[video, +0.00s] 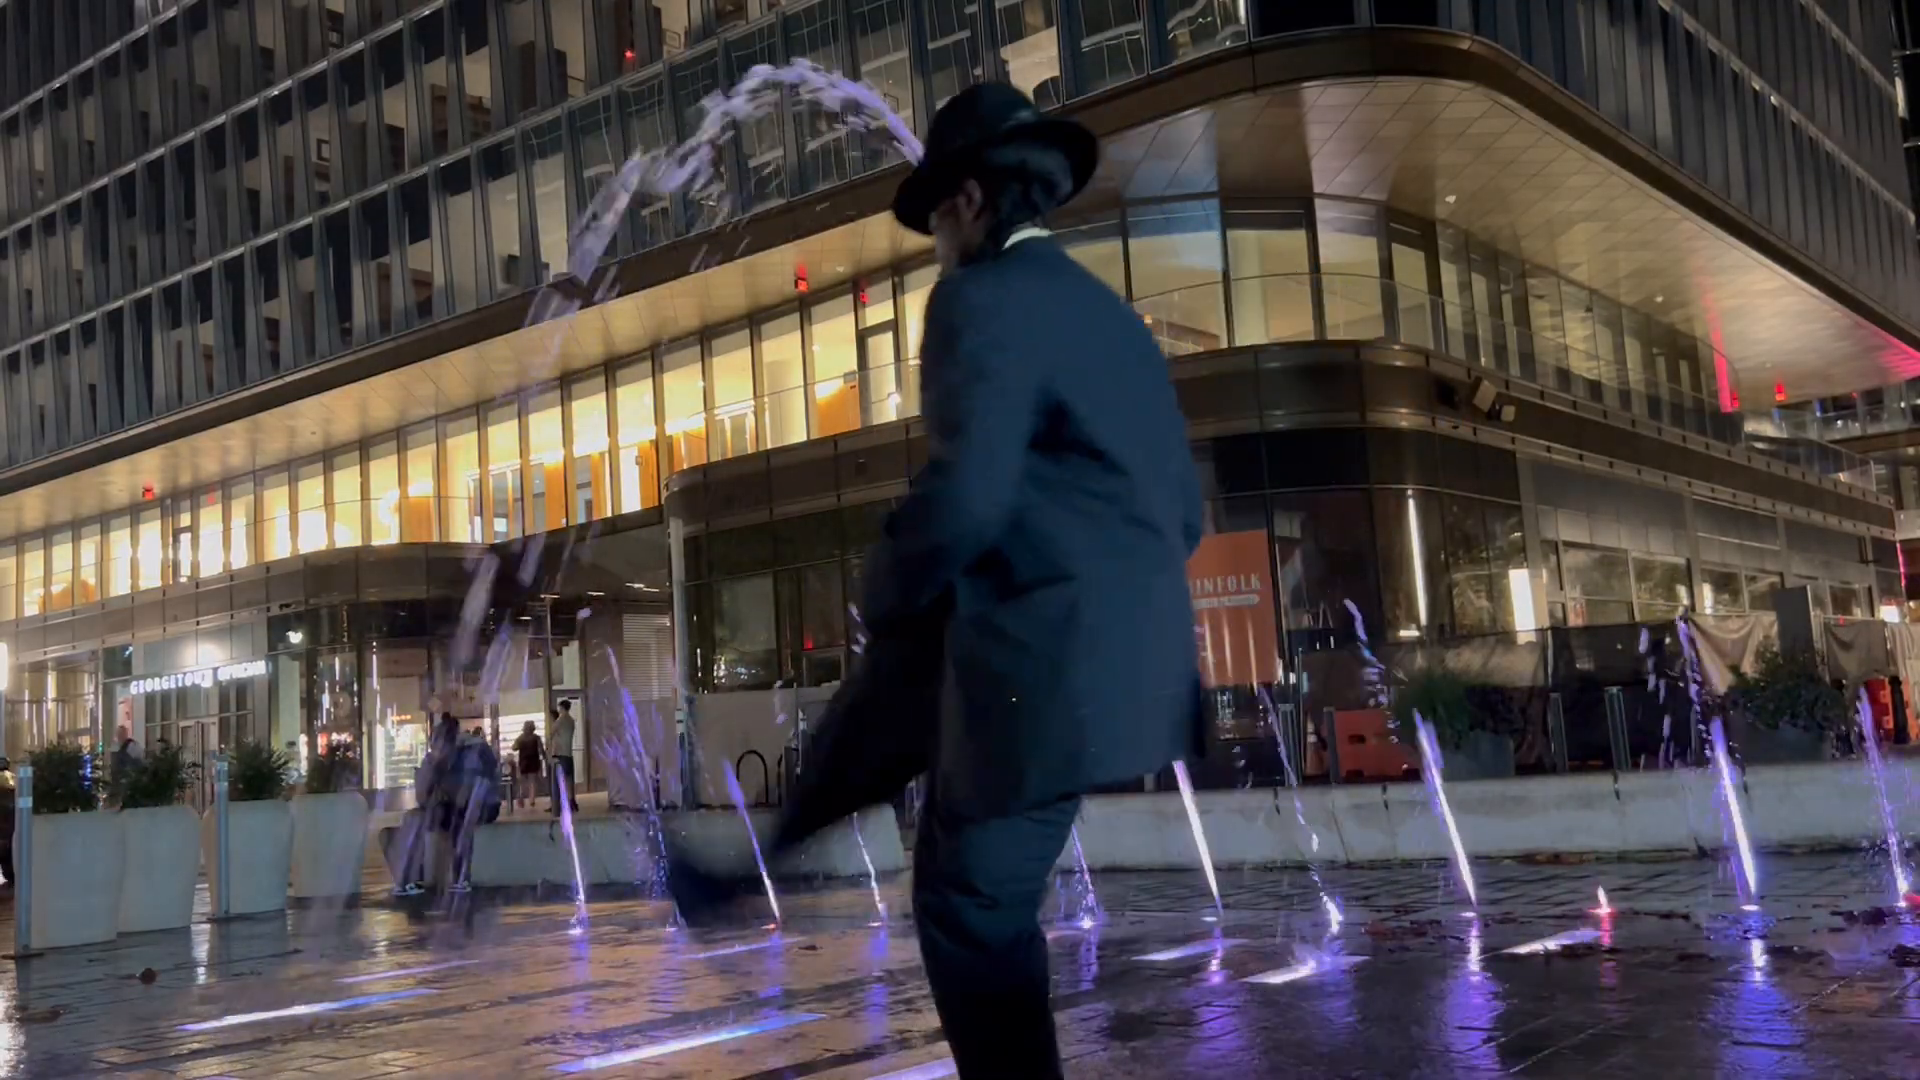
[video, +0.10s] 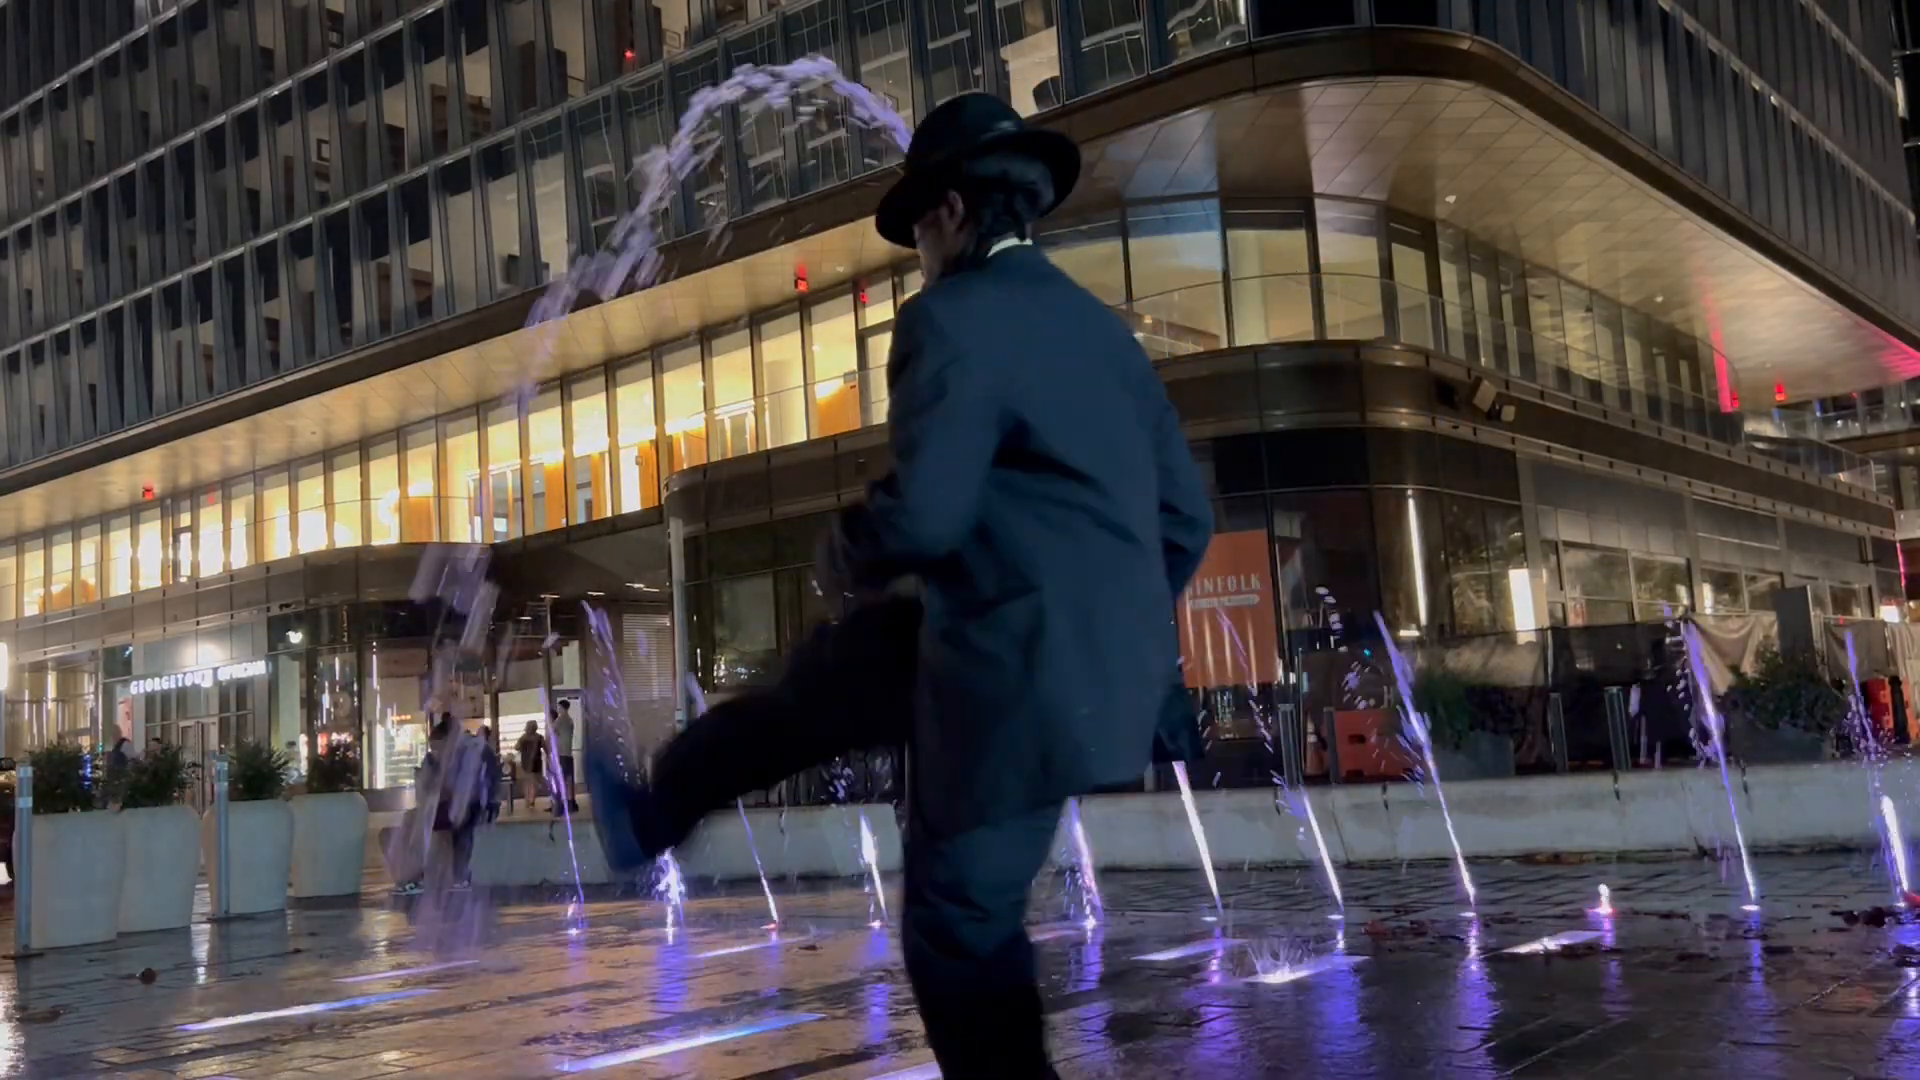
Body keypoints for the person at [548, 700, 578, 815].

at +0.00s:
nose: (558, 710)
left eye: (559, 708)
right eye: (559, 708)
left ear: (561, 708)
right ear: (568, 708)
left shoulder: (559, 721)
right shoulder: (571, 720)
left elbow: (551, 733)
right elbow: (568, 736)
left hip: (558, 754)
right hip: (568, 753)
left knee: (556, 781)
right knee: (570, 780)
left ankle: (556, 805)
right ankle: (572, 801)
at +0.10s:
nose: (558, 710)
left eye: (558, 708)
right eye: (558, 708)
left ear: (561, 708)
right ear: (567, 708)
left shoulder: (559, 720)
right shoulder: (570, 720)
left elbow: (552, 731)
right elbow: (570, 736)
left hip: (560, 754)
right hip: (568, 753)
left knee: (559, 779)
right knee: (570, 780)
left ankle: (558, 803)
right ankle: (571, 801)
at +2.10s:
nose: (566, 710)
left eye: (567, 708)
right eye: (566, 708)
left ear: (568, 709)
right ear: (575, 709)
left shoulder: (564, 721)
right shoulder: (580, 720)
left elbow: (559, 734)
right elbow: (581, 733)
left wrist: (558, 746)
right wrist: (582, 745)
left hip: (566, 752)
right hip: (577, 751)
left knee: (569, 777)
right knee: (576, 776)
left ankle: (571, 797)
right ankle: (575, 797)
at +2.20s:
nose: (565, 710)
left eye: (566, 708)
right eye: (566, 708)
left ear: (567, 708)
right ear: (575, 708)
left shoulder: (565, 720)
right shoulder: (580, 720)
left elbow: (558, 732)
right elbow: (583, 733)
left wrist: (553, 736)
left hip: (566, 752)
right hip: (577, 752)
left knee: (564, 776)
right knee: (574, 776)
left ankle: (567, 797)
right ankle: (574, 796)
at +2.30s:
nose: (564, 710)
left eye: (565, 708)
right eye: (565, 708)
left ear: (568, 708)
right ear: (574, 708)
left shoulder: (566, 720)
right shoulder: (580, 721)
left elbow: (557, 732)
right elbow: (582, 735)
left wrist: (555, 747)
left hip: (565, 753)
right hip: (576, 753)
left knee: (563, 777)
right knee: (574, 776)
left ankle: (566, 798)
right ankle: (574, 799)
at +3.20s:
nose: (563, 710)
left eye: (564, 708)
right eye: (563, 708)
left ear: (567, 708)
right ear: (572, 708)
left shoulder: (570, 718)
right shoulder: (575, 719)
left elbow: (562, 731)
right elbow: (568, 733)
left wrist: (553, 735)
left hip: (567, 752)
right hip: (573, 752)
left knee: (563, 777)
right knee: (572, 776)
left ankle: (559, 802)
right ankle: (572, 801)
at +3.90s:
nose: (558, 711)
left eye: (559, 709)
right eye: (558, 709)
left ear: (561, 709)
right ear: (568, 709)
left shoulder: (561, 721)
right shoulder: (569, 720)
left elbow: (553, 733)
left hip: (559, 755)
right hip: (567, 754)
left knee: (556, 781)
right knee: (569, 780)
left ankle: (556, 805)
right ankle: (572, 802)